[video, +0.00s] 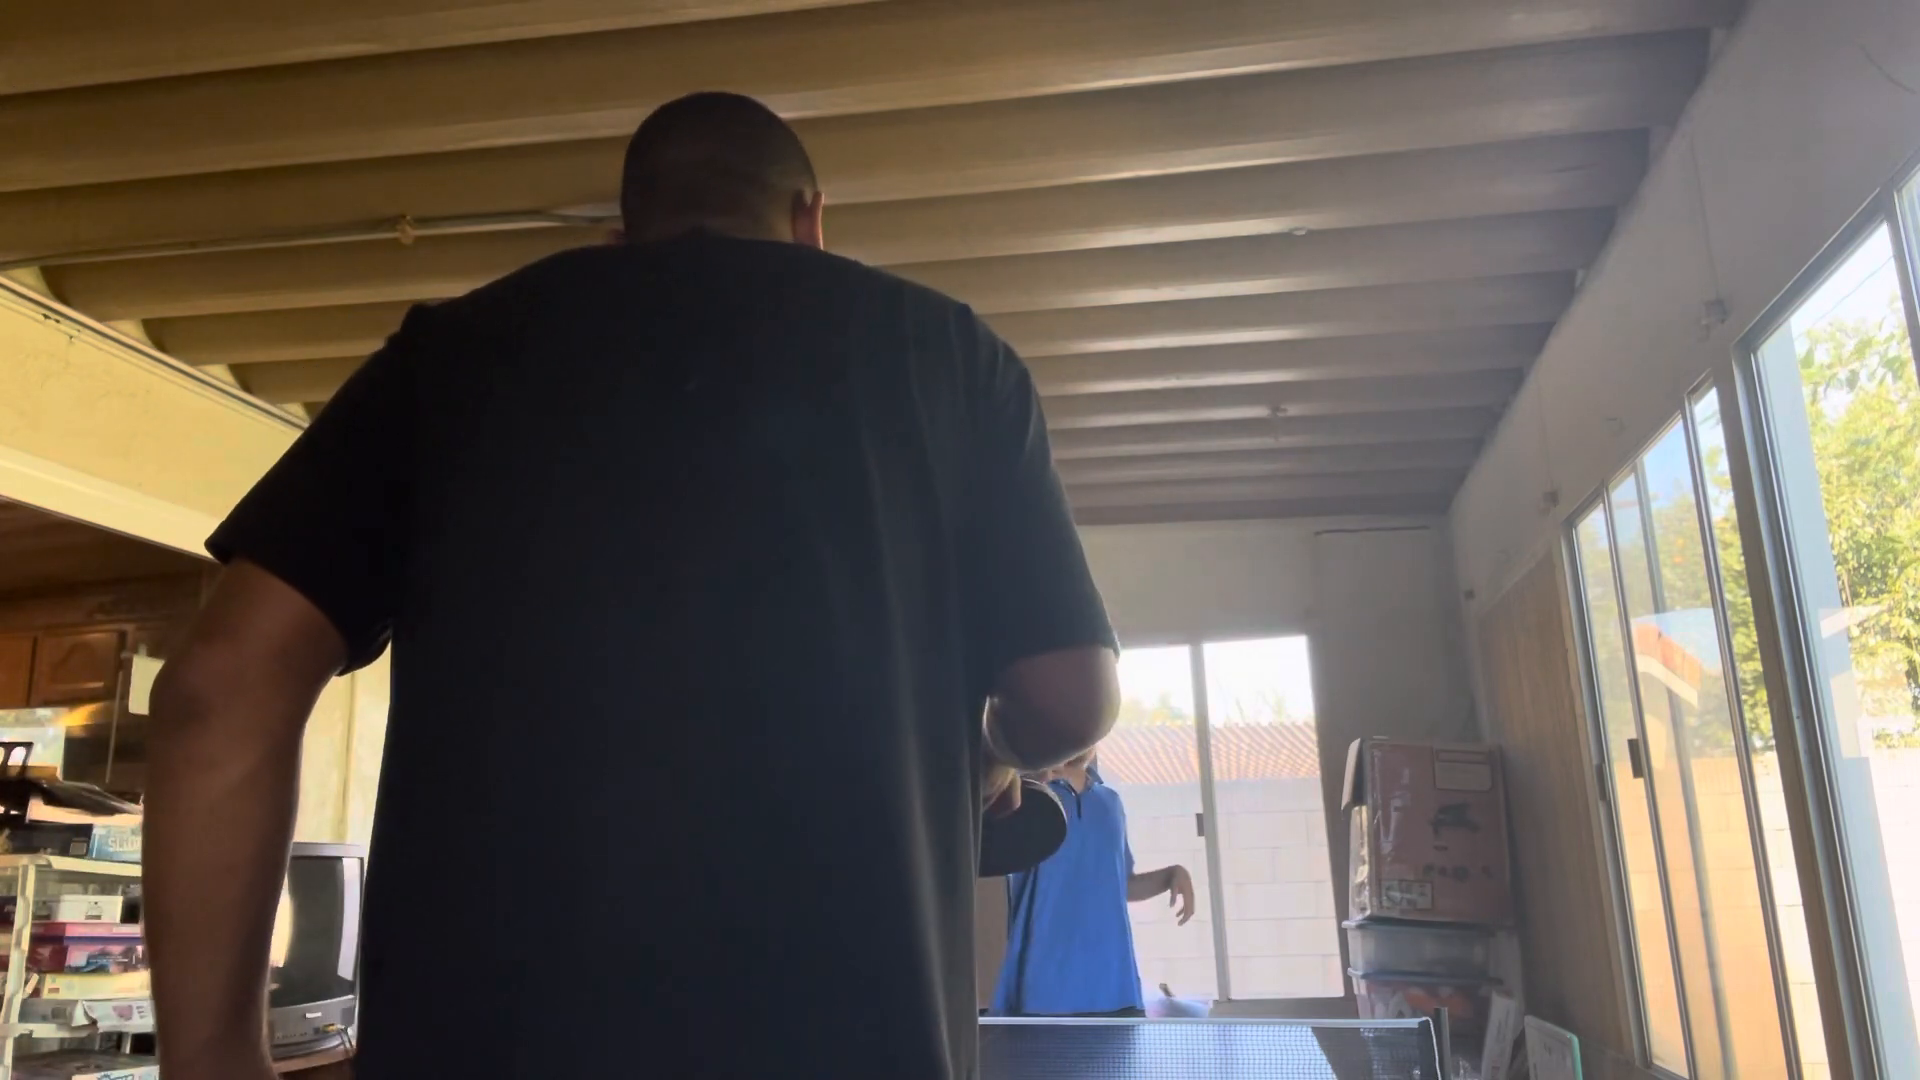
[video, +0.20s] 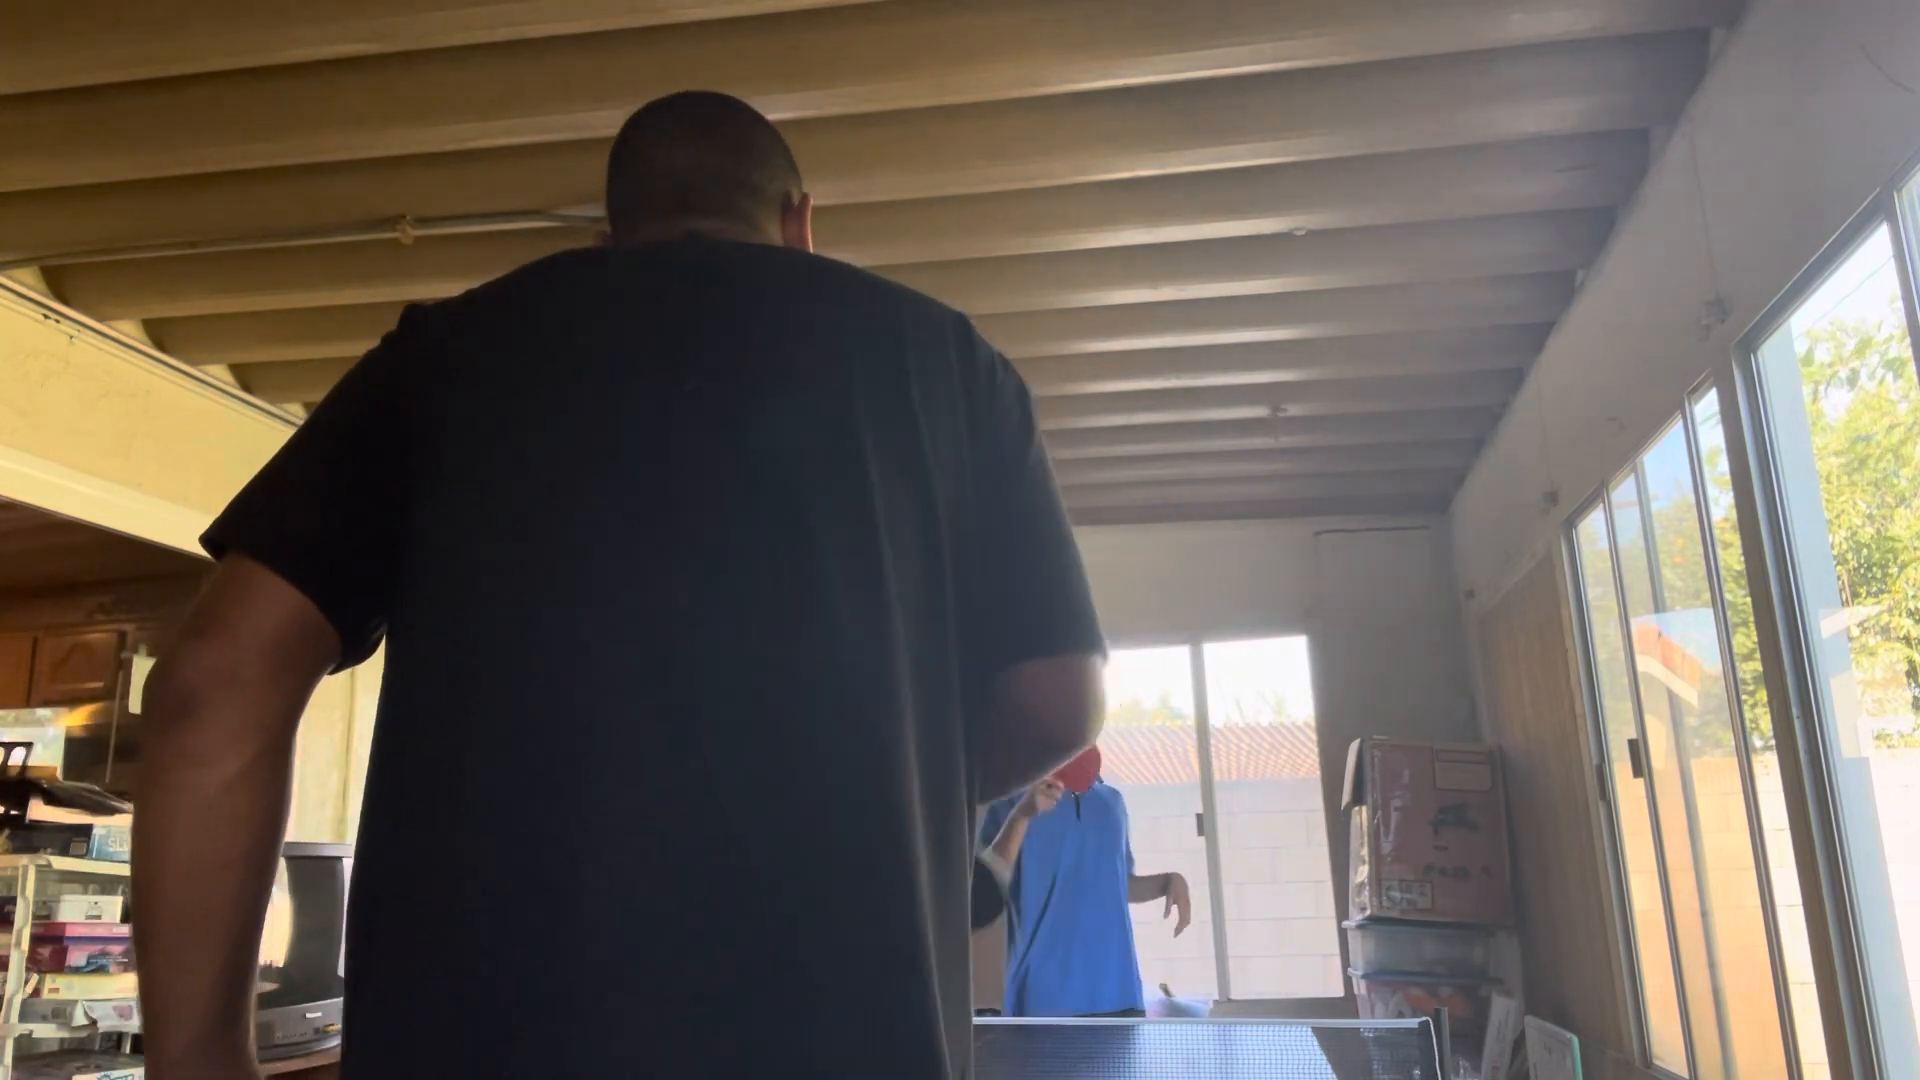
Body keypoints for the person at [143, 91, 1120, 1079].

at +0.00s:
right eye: (818, 218)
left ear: (618, 219)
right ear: (810, 216)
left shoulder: (457, 348)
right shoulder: (941, 347)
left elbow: (222, 684)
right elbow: (1069, 700)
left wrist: (214, 1058)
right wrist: (990, 747)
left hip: (488, 1036)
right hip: (846, 1039)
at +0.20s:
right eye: (804, 219)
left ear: (605, 219)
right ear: (797, 217)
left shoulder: (448, 349)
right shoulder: (936, 353)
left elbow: (215, 683)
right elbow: (1054, 703)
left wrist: (198, 1054)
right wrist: (878, 808)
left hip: (477, 1030)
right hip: (840, 1034)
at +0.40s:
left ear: (580, 232)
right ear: (772, 240)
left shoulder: (430, 338)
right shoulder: (909, 374)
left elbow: (187, 656)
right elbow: (970, 758)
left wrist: (175, 1044)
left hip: (459, 1036)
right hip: (836, 1044)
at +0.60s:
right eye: (744, 250)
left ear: (543, 239)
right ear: (737, 249)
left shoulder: (395, 323)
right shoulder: (860, 376)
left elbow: (124, 638)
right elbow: (856, 723)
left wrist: (111, 1034)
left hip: (418, 1030)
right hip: (796, 1041)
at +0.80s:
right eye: (720, 242)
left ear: (515, 232)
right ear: (712, 242)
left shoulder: (359, 321)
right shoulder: (837, 374)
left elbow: (78, 643)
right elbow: (845, 740)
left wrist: (50, 1035)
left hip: (379, 1032)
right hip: (757, 1042)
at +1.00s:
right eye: (715, 240)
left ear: (506, 229)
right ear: (698, 238)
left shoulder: (329, 331)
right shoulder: (834, 367)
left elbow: (65, 656)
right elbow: (896, 751)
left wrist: (59, 1046)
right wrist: (730, 670)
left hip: (371, 1032)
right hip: (748, 1039)